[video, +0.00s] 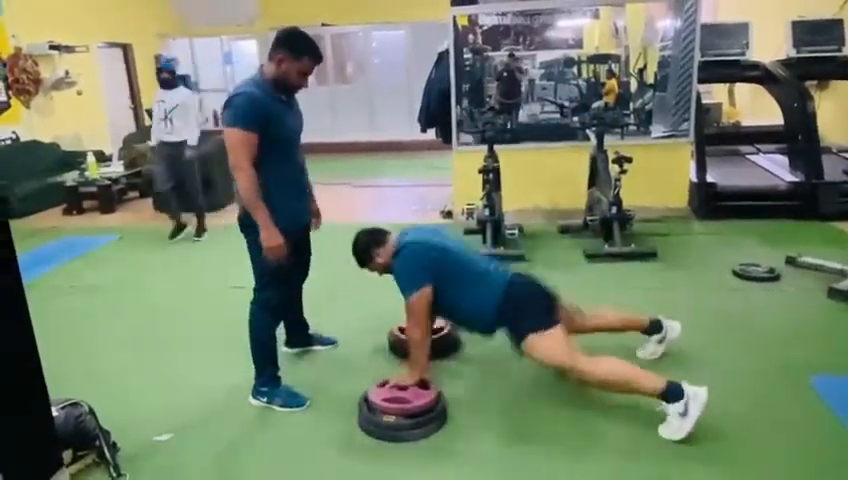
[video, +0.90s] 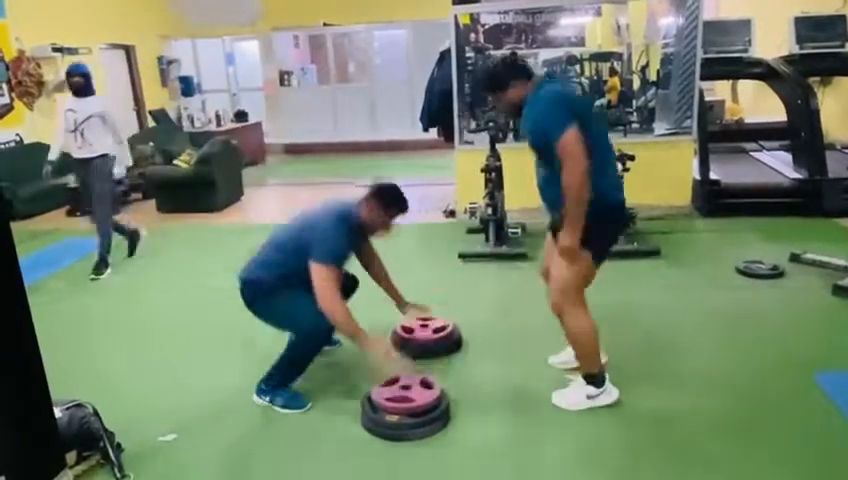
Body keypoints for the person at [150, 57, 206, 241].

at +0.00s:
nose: (162, 78)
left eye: (166, 75)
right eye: (160, 75)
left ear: (174, 75)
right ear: (158, 77)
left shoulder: (187, 95)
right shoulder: (159, 96)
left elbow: (194, 121)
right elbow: (156, 121)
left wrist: (191, 143)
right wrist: (154, 141)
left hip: (183, 143)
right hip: (164, 144)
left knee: (192, 184)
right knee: (163, 185)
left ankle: (200, 223)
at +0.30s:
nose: (131, 81)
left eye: (134, 77)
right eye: (129, 78)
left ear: (143, 77)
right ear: (127, 80)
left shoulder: (153, 97)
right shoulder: (134, 99)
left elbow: (165, 124)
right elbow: (136, 125)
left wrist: (158, 143)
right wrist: (132, 142)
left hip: (156, 148)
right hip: (140, 148)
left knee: (169, 191)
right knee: (143, 194)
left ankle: (193, 218)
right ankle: (147, 235)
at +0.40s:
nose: (120, 80)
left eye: (123, 75)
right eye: (117, 77)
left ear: (133, 75)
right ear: (115, 79)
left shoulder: (145, 97)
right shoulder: (121, 100)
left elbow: (157, 126)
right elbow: (121, 128)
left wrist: (152, 148)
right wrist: (121, 150)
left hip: (146, 150)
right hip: (129, 151)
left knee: (154, 197)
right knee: (136, 198)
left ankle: (178, 217)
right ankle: (147, 237)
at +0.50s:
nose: (111, 80)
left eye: (115, 76)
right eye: (108, 77)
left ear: (123, 76)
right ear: (105, 79)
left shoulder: (137, 97)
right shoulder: (109, 100)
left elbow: (151, 124)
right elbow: (110, 127)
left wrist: (150, 150)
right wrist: (110, 150)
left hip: (138, 150)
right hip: (120, 152)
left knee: (136, 201)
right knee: (134, 200)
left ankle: (158, 227)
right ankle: (147, 237)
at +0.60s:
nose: (102, 81)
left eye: (105, 76)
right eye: (98, 77)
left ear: (114, 77)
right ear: (95, 79)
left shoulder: (130, 100)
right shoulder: (99, 102)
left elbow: (144, 127)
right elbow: (101, 128)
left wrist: (148, 152)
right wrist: (99, 150)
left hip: (130, 151)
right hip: (110, 153)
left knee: (125, 200)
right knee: (128, 199)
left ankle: (136, 242)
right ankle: (146, 238)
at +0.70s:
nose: (93, 83)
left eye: (97, 79)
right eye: (90, 80)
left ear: (106, 79)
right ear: (86, 82)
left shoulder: (121, 103)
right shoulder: (89, 105)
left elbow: (137, 131)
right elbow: (87, 134)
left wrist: (145, 156)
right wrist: (76, 156)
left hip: (122, 156)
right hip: (103, 159)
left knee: (118, 203)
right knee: (123, 200)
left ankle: (111, 252)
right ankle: (146, 238)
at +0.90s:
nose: (75, 83)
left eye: (78, 79)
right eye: (71, 80)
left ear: (88, 79)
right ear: (67, 83)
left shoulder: (101, 103)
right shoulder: (67, 106)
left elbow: (119, 135)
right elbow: (61, 134)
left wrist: (124, 164)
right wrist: (51, 160)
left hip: (101, 159)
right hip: (81, 162)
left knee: (101, 209)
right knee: (94, 210)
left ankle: (103, 259)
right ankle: (130, 233)